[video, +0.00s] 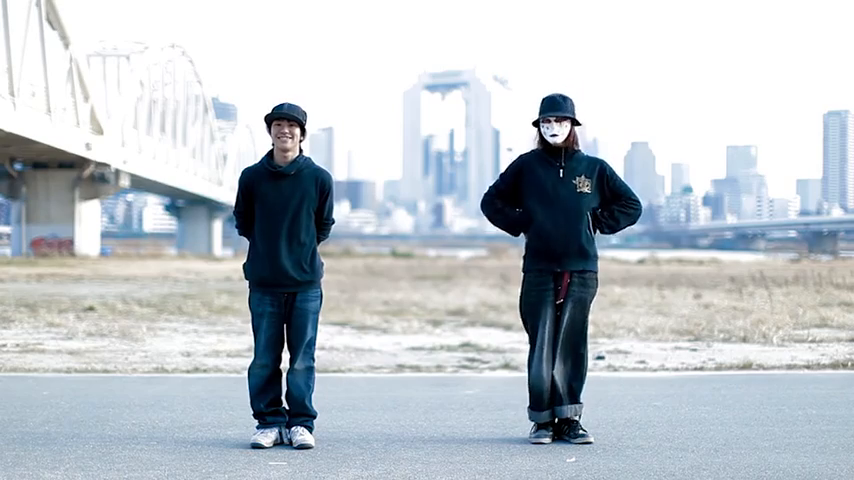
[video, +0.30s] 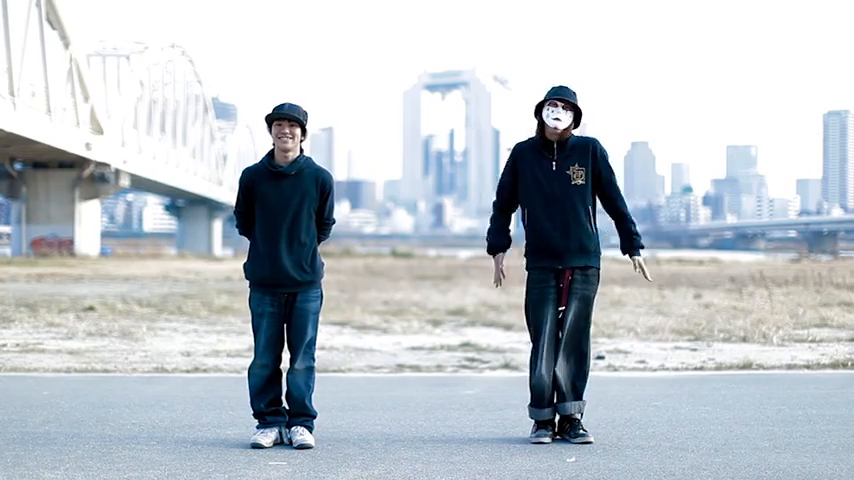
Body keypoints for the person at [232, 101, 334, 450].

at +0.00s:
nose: (285, 135)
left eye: (291, 129)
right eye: (279, 129)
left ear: (301, 135)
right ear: (270, 133)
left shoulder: (319, 179)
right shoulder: (251, 176)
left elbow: (323, 227)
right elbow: (243, 224)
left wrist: (299, 245)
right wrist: (269, 244)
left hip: (306, 280)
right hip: (264, 280)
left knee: (302, 355)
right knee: (265, 355)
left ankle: (300, 424)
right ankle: (269, 425)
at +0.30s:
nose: (285, 135)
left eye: (292, 129)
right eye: (280, 129)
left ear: (302, 135)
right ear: (271, 133)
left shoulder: (320, 179)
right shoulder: (251, 176)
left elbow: (324, 227)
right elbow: (243, 224)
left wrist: (299, 245)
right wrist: (269, 243)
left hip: (306, 280)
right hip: (264, 280)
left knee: (302, 355)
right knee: (265, 355)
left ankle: (300, 424)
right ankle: (268, 424)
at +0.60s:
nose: (285, 134)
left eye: (292, 129)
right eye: (280, 128)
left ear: (302, 134)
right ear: (271, 132)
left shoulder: (320, 178)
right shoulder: (251, 176)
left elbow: (324, 227)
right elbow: (243, 223)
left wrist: (299, 244)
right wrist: (270, 242)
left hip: (306, 280)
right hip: (264, 280)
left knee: (302, 356)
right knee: (265, 355)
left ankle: (300, 424)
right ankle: (268, 424)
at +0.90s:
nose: (285, 133)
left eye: (291, 128)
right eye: (279, 128)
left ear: (301, 134)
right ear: (270, 132)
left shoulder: (320, 178)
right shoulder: (251, 176)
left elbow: (324, 226)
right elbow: (243, 223)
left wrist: (298, 244)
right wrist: (270, 242)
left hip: (306, 280)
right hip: (264, 280)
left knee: (302, 356)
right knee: (265, 355)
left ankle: (300, 424)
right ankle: (268, 424)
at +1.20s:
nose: (280, 143)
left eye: (287, 137)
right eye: (275, 137)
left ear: (297, 143)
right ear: (266, 141)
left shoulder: (317, 185)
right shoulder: (249, 185)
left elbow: (328, 228)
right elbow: (237, 227)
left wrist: (304, 250)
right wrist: (263, 249)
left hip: (308, 285)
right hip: (266, 285)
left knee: (305, 356)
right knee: (264, 357)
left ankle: (300, 425)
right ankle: (269, 425)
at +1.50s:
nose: (321, 163)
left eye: (328, 158)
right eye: (315, 155)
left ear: (334, 165)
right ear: (303, 158)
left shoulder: (338, 204)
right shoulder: (274, 190)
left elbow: (330, 230)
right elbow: (241, 208)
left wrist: (299, 238)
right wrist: (258, 236)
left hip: (301, 286)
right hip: (259, 284)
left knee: (302, 354)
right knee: (258, 354)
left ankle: (298, 424)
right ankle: (266, 422)